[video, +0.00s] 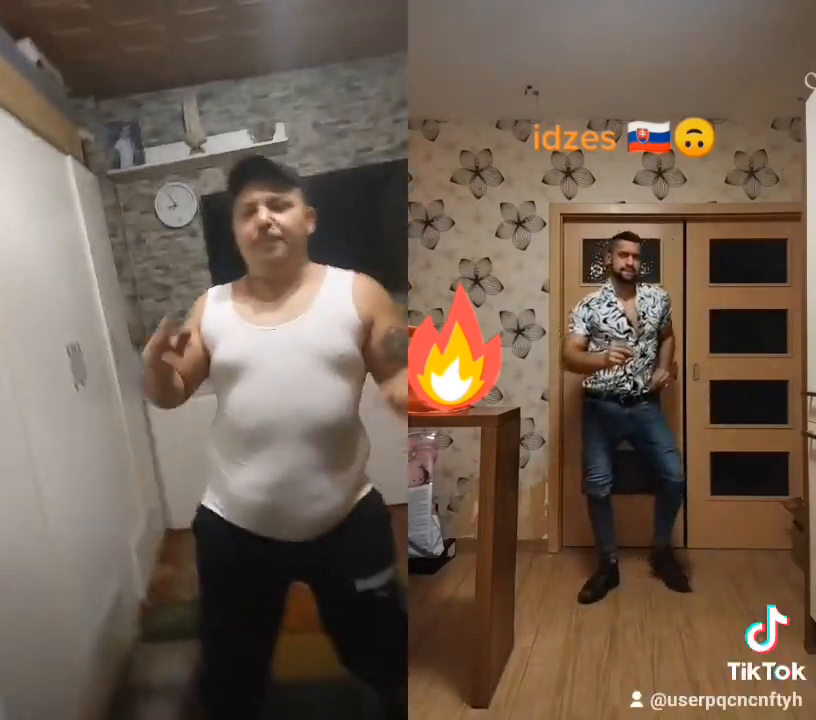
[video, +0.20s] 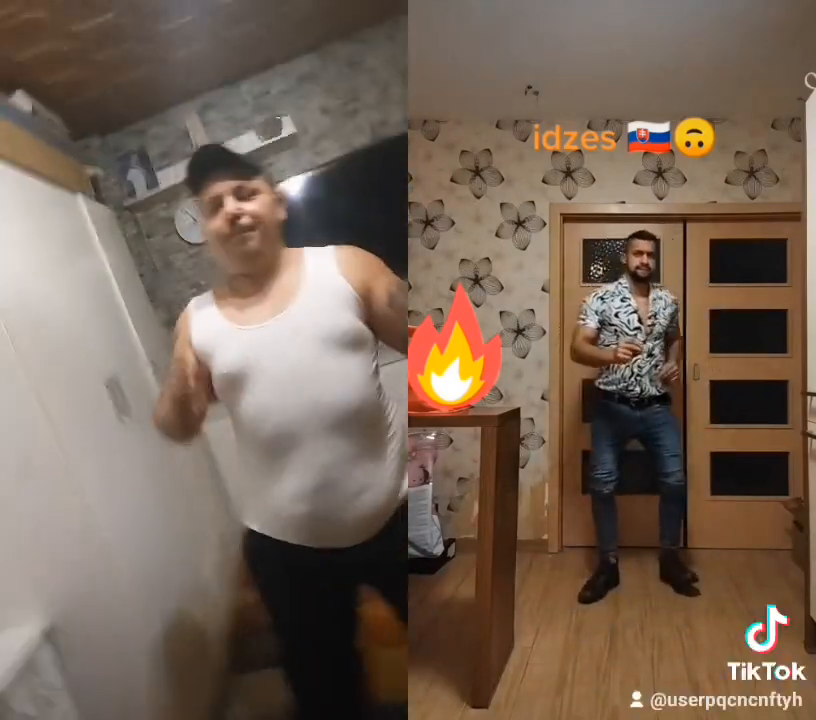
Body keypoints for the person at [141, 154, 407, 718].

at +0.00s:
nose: (266, 220)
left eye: (280, 205)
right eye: (249, 211)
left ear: (309, 220)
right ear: (234, 233)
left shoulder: (358, 294)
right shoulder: (213, 307)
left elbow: (398, 377)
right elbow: (168, 397)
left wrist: (415, 391)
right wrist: (158, 367)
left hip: (343, 523)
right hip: (237, 529)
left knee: (383, 671)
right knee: (229, 688)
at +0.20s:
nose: (235, 211)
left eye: (247, 193)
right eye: (216, 205)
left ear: (279, 202)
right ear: (203, 232)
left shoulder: (349, 269)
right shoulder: (200, 320)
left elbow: (430, 343)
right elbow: (177, 428)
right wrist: (180, 393)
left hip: (382, 516)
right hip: (284, 540)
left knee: (412, 634)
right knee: (322, 691)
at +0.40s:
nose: (182, 208)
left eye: (192, 190)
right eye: (159, 203)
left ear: (221, 201)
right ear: (143, 233)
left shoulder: (297, 249)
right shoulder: (162, 331)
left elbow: (389, 301)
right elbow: (159, 446)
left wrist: (400, 264)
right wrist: (163, 419)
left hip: (395, 489)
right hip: (297, 537)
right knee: (357, 687)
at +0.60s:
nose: (122, 202)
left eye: (132, 184)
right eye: (97, 196)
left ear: (161, 200)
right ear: (78, 233)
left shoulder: (235, 249)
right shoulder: (96, 343)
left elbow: (343, 298)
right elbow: (89, 431)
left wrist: (341, 252)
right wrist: (106, 450)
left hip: (361, 502)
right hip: (250, 562)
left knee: (448, 641)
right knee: (310, 709)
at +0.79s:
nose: (122, 229)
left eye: (136, 213)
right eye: (99, 219)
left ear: (159, 229)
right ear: (73, 246)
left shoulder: (220, 297)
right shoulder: (64, 362)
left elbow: (308, 390)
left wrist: (304, 350)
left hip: (305, 588)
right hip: (169, 630)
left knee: (372, 706)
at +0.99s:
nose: (138, 165)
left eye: (158, 148)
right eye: (118, 150)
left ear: (191, 171)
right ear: (92, 175)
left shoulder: (228, 267)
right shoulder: (46, 284)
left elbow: (290, 381)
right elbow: (3, 378)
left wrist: (223, 325)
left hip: (215, 577)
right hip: (71, 580)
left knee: (249, 713)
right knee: (60, 712)